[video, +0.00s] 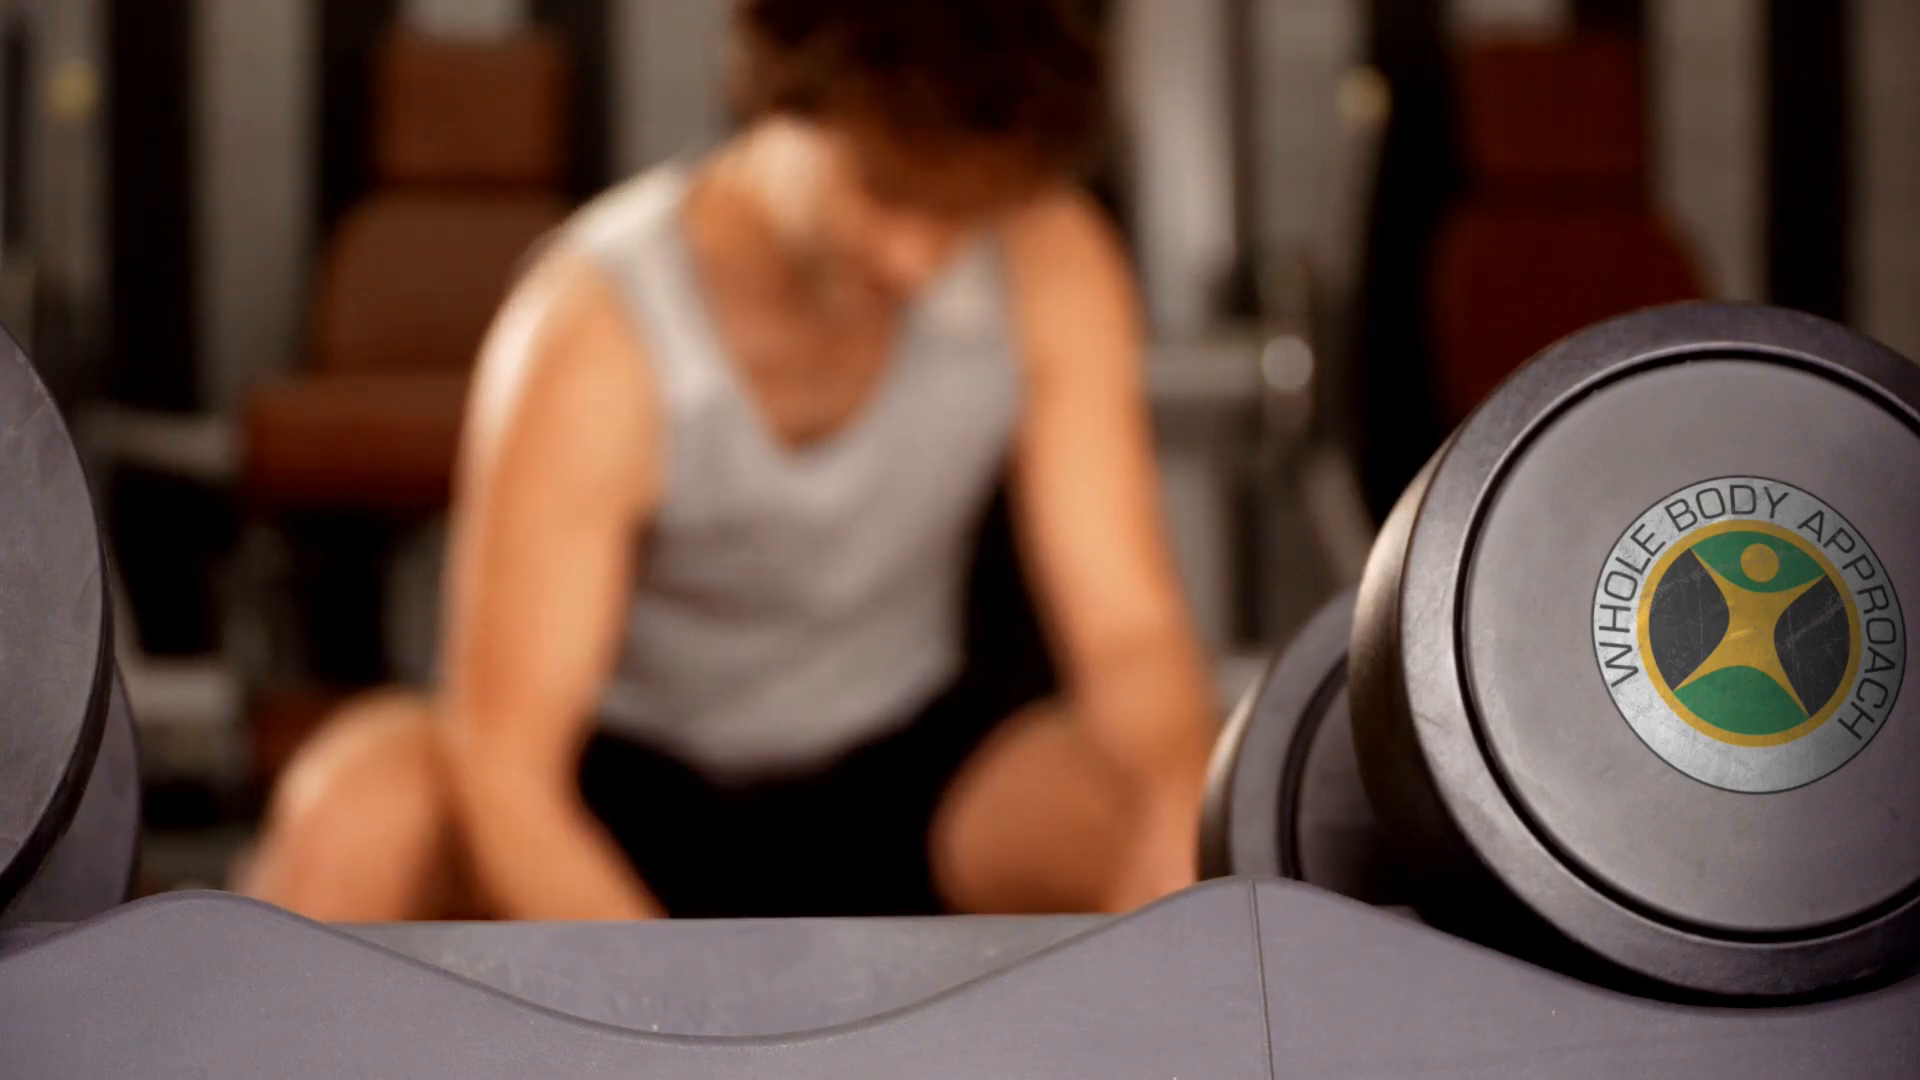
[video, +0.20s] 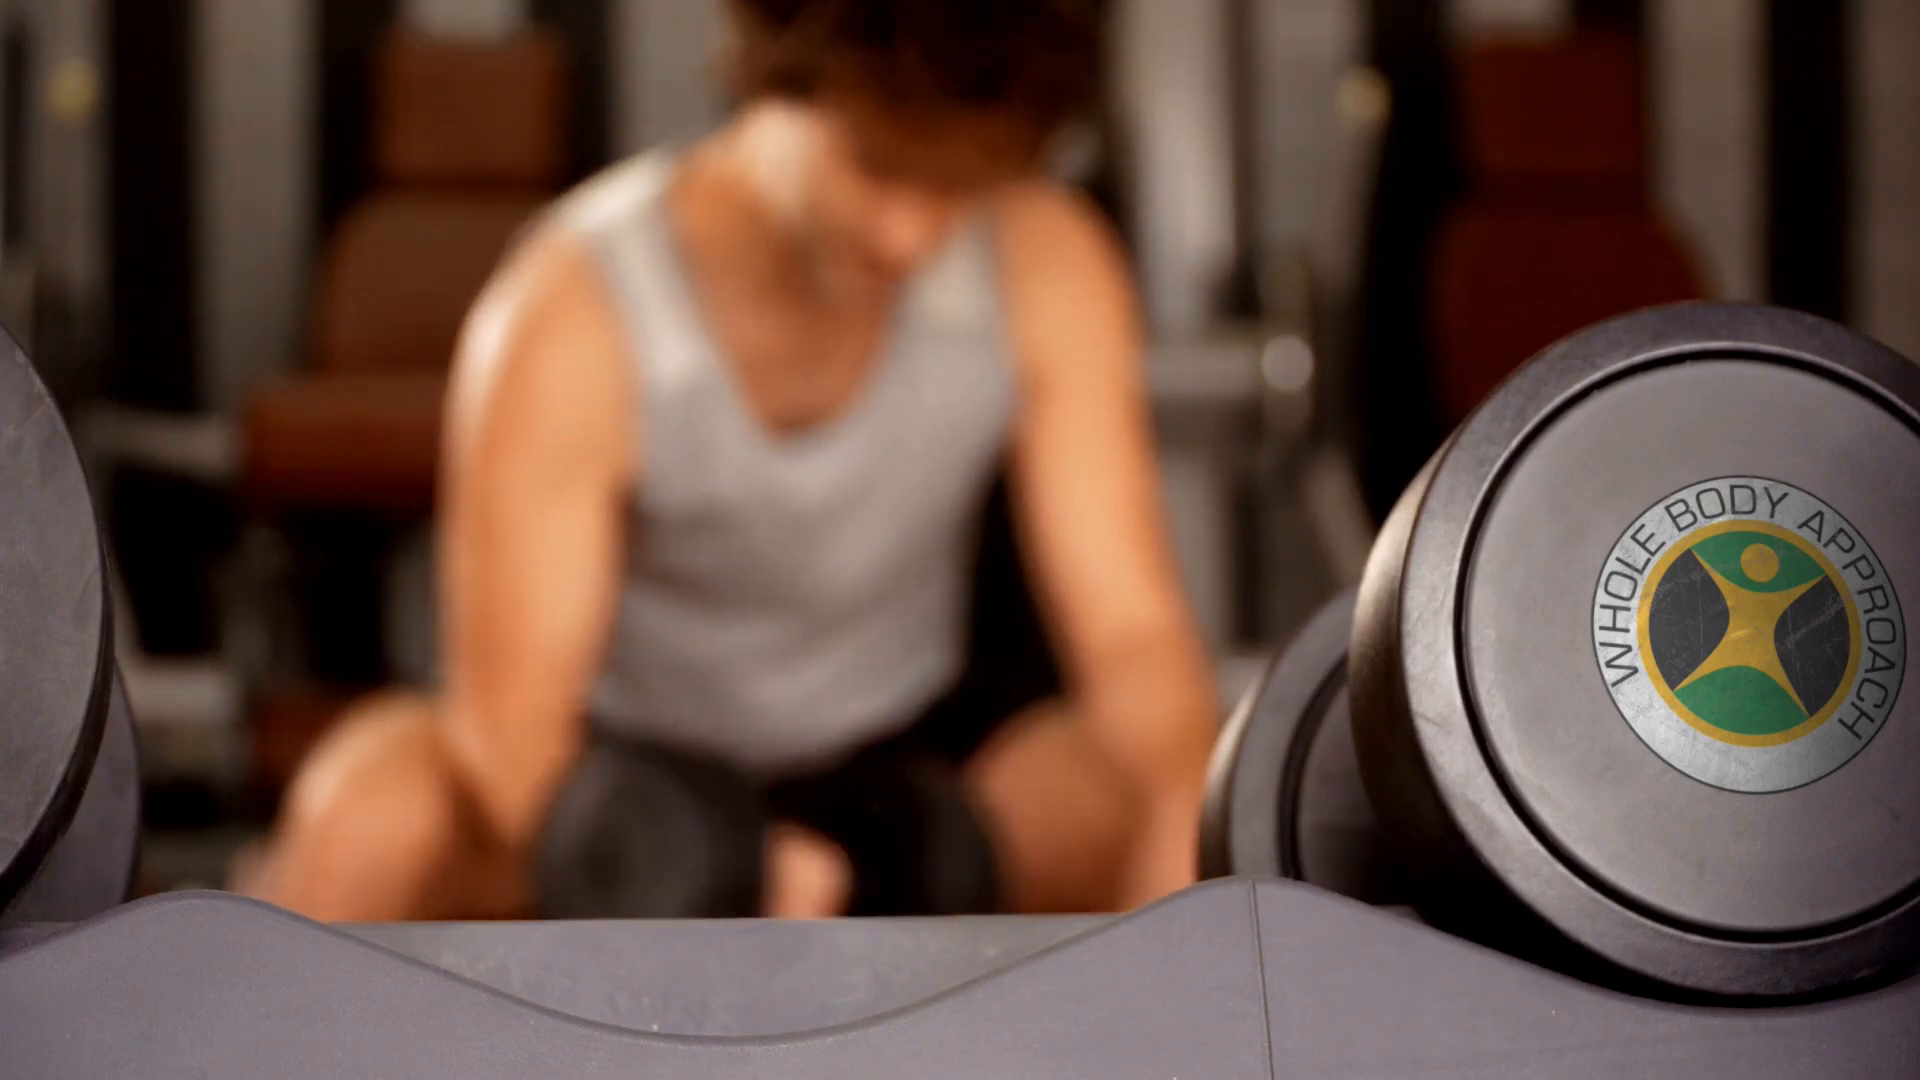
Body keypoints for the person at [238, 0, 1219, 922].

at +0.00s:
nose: (919, 259)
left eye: (971, 212)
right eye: (887, 197)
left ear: (1015, 168)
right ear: (790, 107)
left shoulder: (1045, 253)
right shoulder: (594, 322)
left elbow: (1128, 639)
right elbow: (504, 773)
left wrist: (1182, 854)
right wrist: (688, 1018)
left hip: (899, 781)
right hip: (627, 792)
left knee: (1190, 812)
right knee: (357, 792)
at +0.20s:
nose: (910, 235)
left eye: (961, 187)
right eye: (876, 171)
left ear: (1013, 155)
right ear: (780, 81)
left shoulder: (1042, 256)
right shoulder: (571, 308)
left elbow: (1135, 642)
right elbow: (509, 750)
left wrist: (1183, 842)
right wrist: (732, 870)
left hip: (907, 786)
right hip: (625, 792)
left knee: (1202, 781)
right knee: (368, 797)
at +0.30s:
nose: (907, 231)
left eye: (957, 183)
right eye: (873, 166)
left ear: (1010, 151)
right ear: (778, 77)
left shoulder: (1036, 257)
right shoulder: (556, 308)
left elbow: (1134, 641)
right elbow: (516, 733)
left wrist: (1183, 840)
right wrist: (850, 822)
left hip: (899, 803)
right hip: (623, 798)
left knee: (1188, 784)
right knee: (374, 789)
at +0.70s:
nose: (864, 231)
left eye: (910, 181)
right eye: (829, 168)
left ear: (959, 146)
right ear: (725, 89)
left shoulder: (999, 257)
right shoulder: (477, 320)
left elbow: (1120, 633)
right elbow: (523, 746)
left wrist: (1186, 883)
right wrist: (747, 691)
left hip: (895, 787)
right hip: (600, 796)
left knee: (1167, 811)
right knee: (372, 810)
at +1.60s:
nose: (872, 205)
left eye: (920, 157)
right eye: (838, 145)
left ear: (977, 121)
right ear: (740, 67)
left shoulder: (1017, 249)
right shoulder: (513, 316)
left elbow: (1123, 632)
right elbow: (528, 753)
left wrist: (1172, 864)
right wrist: (846, 749)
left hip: (888, 809)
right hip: (610, 818)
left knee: (1182, 790)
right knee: (371, 781)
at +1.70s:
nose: (874, 205)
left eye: (923, 159)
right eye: (842, 144)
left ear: (981, 128)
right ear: (748, 68)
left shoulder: (1029, 252)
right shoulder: (529, 325)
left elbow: (1123, 633)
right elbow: (516, 758)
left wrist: (1162, 863)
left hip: (909, 776)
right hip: (627, 784)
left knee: (1197, 787)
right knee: (358, 796)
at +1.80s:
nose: (875, 205)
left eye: (925, 161)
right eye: (842, 144)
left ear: (986, 132)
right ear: (753, 70)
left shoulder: (1035, 255)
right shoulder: (541, 325)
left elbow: (1122, 633)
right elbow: (517, 762)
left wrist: (1159, 859)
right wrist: (644, 965)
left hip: (904, 775)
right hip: (619, 784)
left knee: (1188, 809)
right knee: (357, 797)